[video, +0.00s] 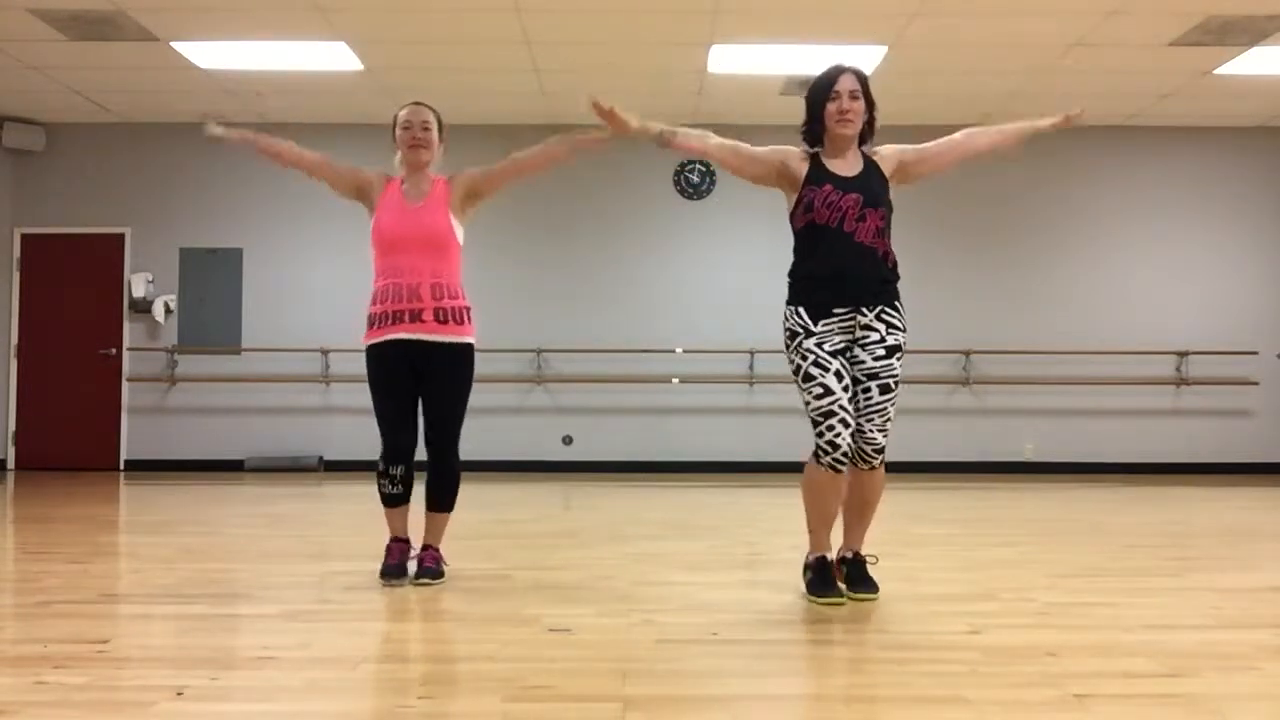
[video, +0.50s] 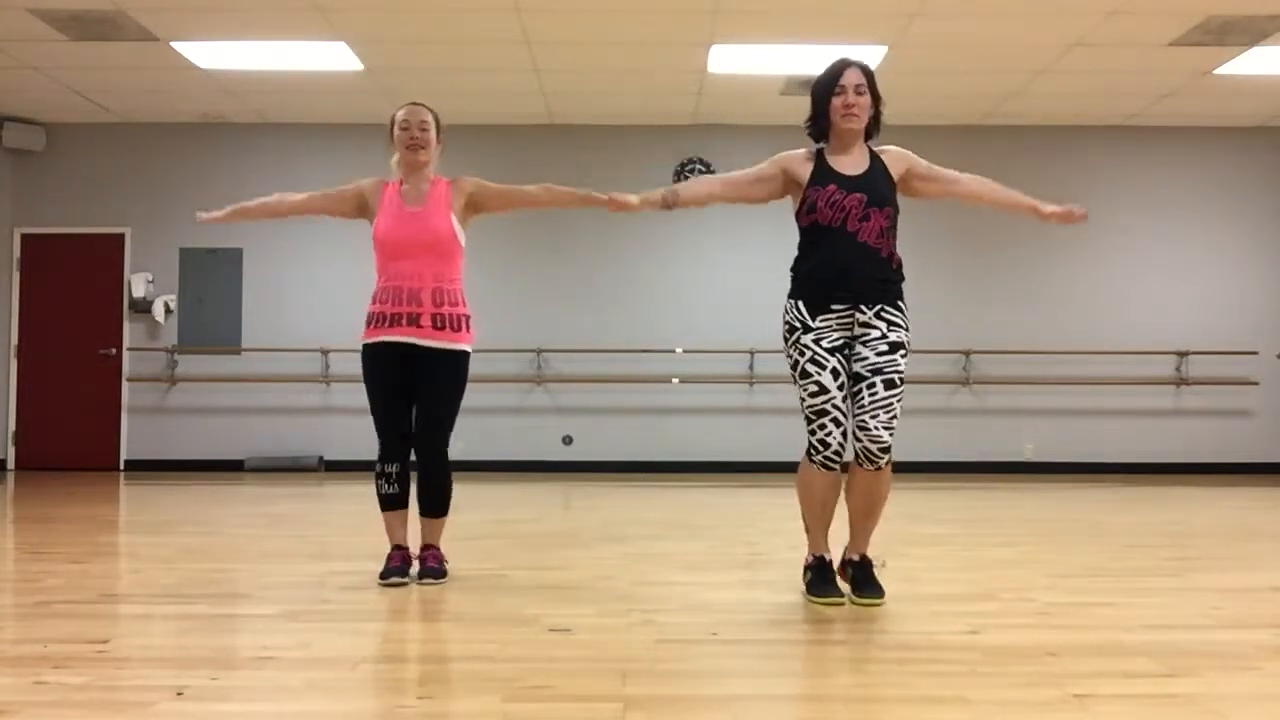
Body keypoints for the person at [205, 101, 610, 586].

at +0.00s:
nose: (418, 132)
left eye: (427, 126)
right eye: (409, 126)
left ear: (440, 141)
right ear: (394, 141)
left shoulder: (459, 191)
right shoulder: (375, 187)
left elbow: (527, 161)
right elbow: (309, 162)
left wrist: (604, 137)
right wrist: (247, 137)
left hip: (449, 337)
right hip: (389, 336)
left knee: (443, 445)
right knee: (397, 445)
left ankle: (431, 549)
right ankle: (398, 543)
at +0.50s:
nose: (415, 132)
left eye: (424, 126)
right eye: (405, 126)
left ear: (438, 140)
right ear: (393, 141)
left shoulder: (461, 192)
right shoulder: (374, 193)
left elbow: (537, 194)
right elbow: (295, 203)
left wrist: (605, 200)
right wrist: (229, 212)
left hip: (446, 336)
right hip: (386, 334)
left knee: (432, 444)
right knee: (392, 442)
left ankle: (432, 549)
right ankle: (399, 550)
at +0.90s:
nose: (422, 131)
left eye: (431, 126)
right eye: (412, 125)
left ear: (442, 143)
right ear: (397, 141)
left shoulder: (462, 196)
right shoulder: (373, 196)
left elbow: (534, 220)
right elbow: (304, 238)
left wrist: (595, 241)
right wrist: (248, 273)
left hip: (452, 338)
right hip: (392, 338)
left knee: (444, 448)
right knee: (399, 448)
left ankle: (434, 549)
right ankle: (400, 547)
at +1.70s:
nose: (429, 132)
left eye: (437, 126)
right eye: (419, 125)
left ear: (451, 139)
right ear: (406, 136)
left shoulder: (472, 194)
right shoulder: (384, 195)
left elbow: (516, 249)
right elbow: (342, 260)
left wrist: (566, 299)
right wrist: (298, 312)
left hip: (459, 338)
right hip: (399, 337)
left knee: (452, 445)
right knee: (405, 448)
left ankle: (446, 550)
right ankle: (408, 551)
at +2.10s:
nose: (406, 137)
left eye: (416, 132)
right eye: (398, 129)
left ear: (429, 146)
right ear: (384, 139)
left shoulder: (448, 199)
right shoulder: (361, 203)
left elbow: (484, 259)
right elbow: (333, 271)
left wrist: (522, 306)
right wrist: (292, 321)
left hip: (450, 343)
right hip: (391, 346)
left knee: (452, 444)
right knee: (348, 441)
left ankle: (455, 548)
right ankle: (353, 545)